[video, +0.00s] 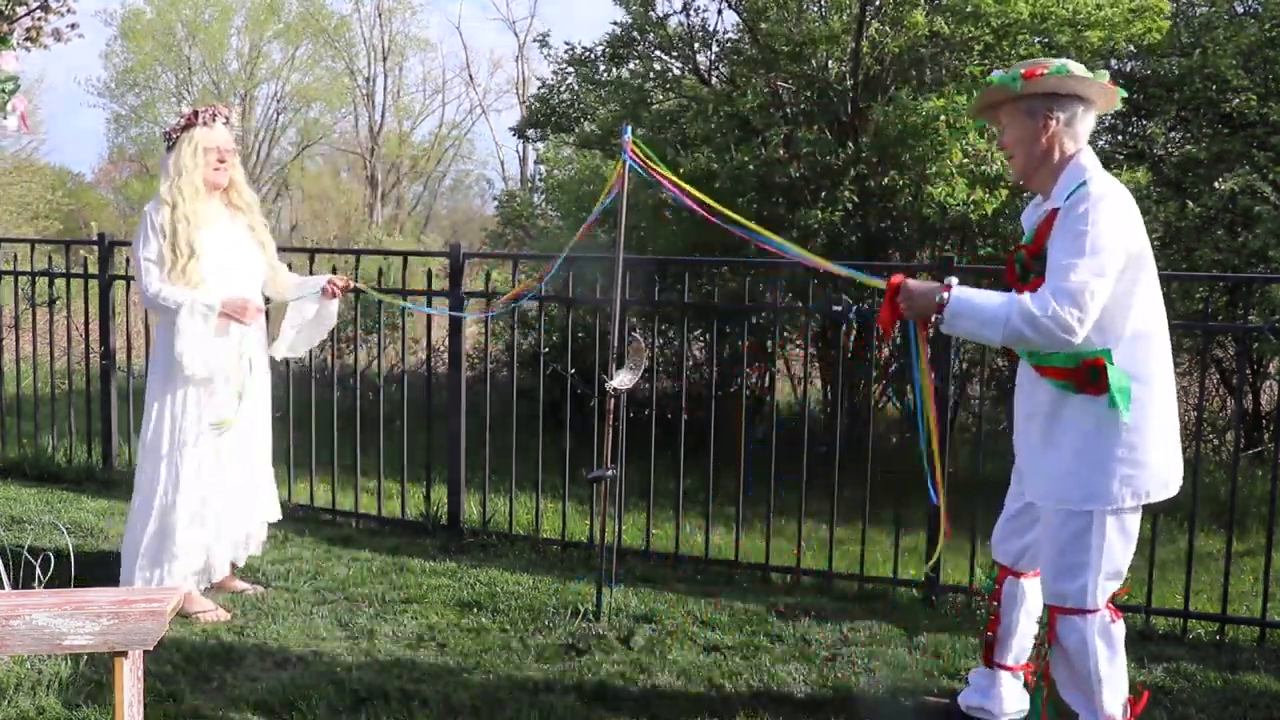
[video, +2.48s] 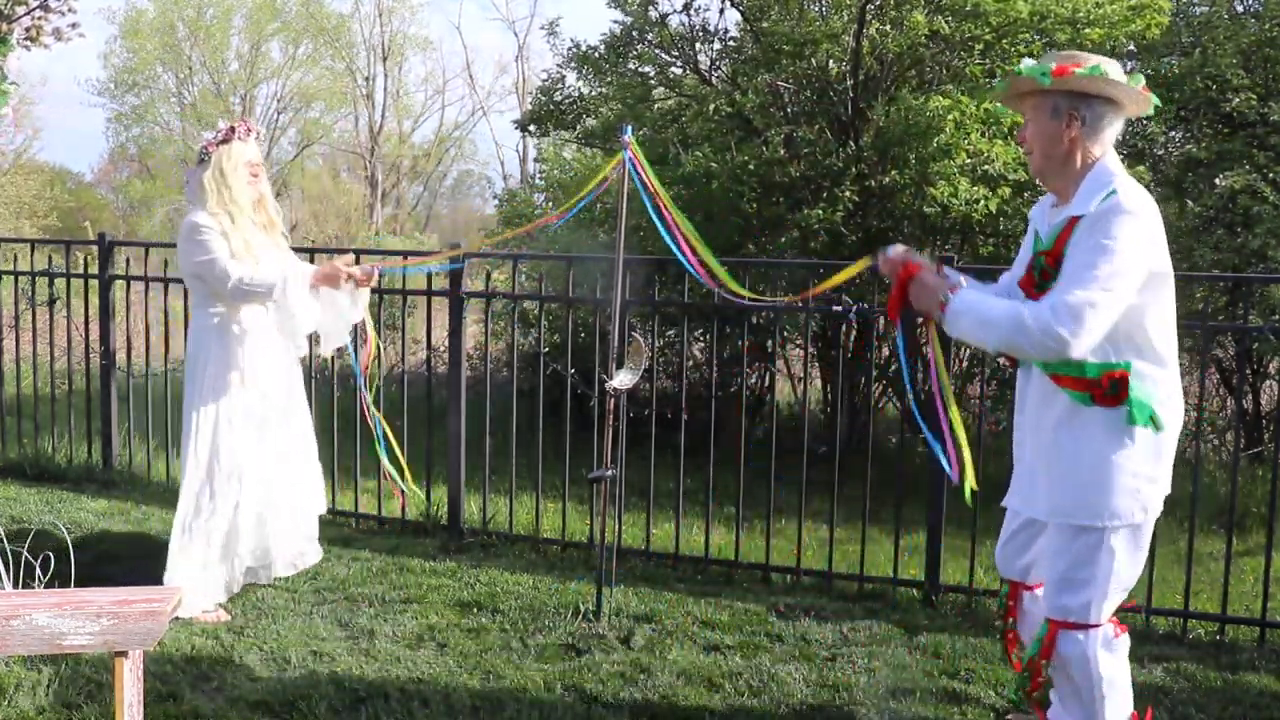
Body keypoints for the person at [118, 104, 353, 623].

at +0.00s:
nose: (223, 159)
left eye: (230, 151)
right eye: (212, 151)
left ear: (237, 158)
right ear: (185, 158)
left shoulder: (242, 213)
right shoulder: (164, 212)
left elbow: (271, 282)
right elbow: (151, 287)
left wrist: (319, 287)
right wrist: (219, 306)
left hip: (243, 361)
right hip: (190, 363)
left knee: (236, 463)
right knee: (189, 467)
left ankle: (221, 570)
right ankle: (178, 584)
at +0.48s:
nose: (230, 161)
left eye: (235, 153)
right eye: (219, 152)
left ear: (240, 160)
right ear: (190, 159)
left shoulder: (238, 220)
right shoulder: (172, 214)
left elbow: (252, 303)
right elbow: (217, 277)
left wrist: (298, 304)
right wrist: (301, 282)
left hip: (237, 359)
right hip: (191, 358)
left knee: (237, 459)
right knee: (194, 464)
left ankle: (229, 570)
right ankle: (182, 586)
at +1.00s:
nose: (230, 152)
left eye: (233, 144)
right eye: (218, 145)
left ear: (239, 150)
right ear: (189, 154)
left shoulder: (237, 211)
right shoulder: (169, 209)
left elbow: (266, 268)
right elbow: (206, 269)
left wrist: (317, 276)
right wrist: (286, 271)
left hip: (237, 346)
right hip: (190, 349)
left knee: (236, 455)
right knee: (195, 462)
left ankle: (228, 567)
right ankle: (190, 589)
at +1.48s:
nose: (219, 164)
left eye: (223, 155)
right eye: (207, 157)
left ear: (231, 161)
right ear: (182, 165)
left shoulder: (234, 220)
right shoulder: (162, 219)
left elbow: (266, 279)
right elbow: (199, 277)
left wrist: (321, 277)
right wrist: (281, 271)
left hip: (237, 356)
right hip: (189, 358)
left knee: (235, 459)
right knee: (194, 465)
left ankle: (227, 568)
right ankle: (191, 589)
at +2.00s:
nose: (227, 162)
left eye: (230, 153)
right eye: (216, 154)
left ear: (235, 160)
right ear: (188, 162)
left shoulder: (233, 221)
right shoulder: (166, 219)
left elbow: (267, 274)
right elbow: (213, 271)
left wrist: (317, 278)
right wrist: (294, 274)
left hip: (237, 350)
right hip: (190, 353)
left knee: (237, 458)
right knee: (199, 464)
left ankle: (222, 571)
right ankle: (185, 589)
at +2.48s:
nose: (258, 172)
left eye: (260, 164)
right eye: (247, 165)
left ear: (264, 171)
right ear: (220, 174)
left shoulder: (262, 229)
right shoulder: (201, 226)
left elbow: (291, 288)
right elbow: (231, 281)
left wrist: (344, 284)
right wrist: (307, 278)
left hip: (269, 364)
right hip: (226, 367)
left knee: (268, 461)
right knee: (222, 469)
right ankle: (195, 591)